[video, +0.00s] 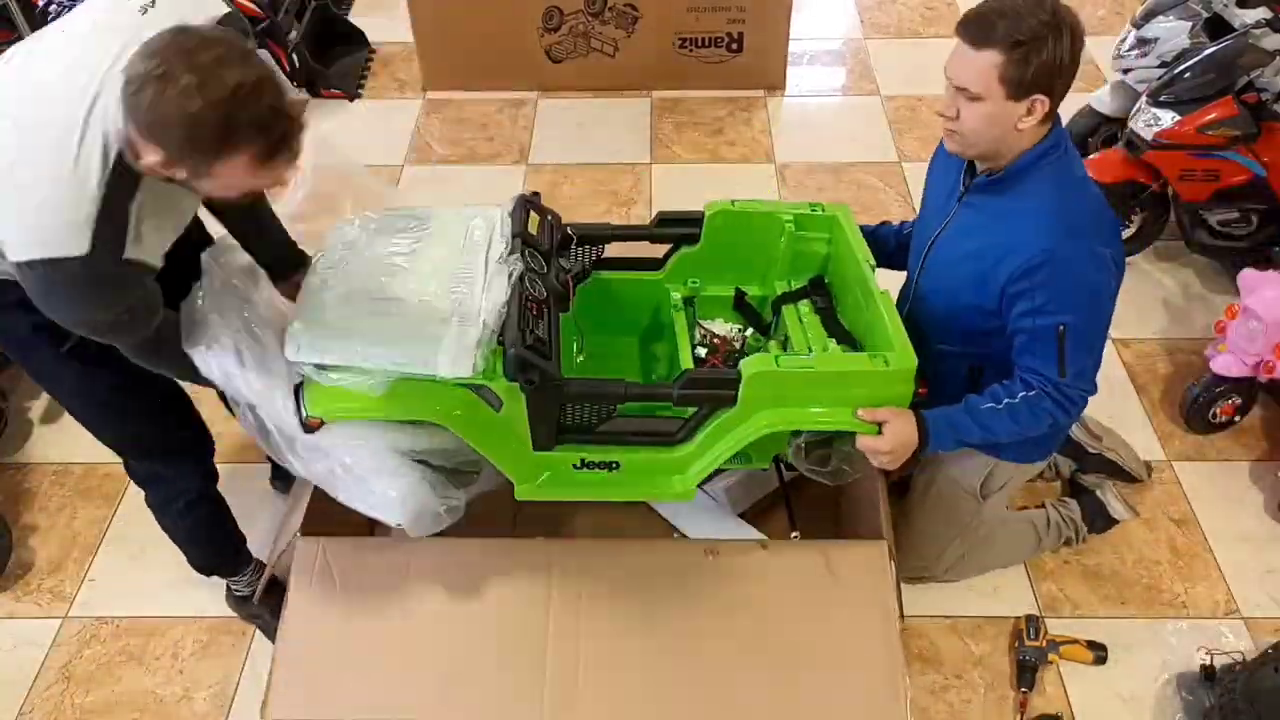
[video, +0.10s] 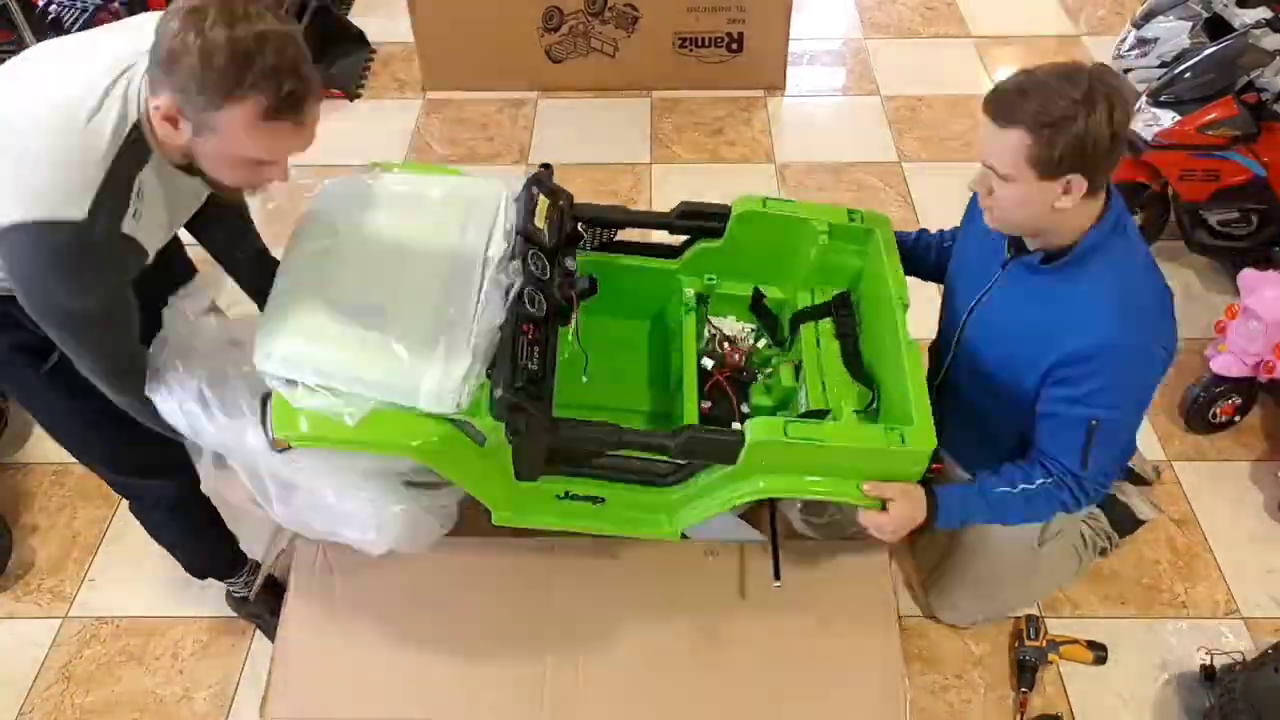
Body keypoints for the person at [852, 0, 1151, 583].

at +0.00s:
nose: (945, 109)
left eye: (968, 98)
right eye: (949, 88)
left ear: (1032, 113)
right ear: (948, 70)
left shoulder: (1069, 244)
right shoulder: (966, 143)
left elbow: (1050, 398)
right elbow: (940, 245)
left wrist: (924, 430)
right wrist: (854, 242)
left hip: (997, 418)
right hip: (923, 362)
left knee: (920, 556)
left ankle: (1079, 514)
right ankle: (1044, 449)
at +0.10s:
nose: (977, 183)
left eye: (997, 176)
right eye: (982, 165)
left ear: (1068, 190)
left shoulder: (1120, 332)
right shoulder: (1002, 207)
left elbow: (1065, 480)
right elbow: (956, 256)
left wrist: (931, 507)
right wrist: (877, 244)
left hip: (1029, 477)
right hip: (944, 415)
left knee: (954, 602)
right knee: (806, 507)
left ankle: (1104, 517)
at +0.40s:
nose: (1001, 131)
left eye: (1029, 122)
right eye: (1011, 107)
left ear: (1091, 156)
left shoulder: (1132, 300)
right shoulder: (1012, 182)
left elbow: (1108, 462)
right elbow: (970, 253)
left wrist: (984, 524)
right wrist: (889, 270)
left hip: (1042, 476)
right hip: (956, 412)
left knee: (950, 600)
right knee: (853, 518)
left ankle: (1107, 517)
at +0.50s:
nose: (1001, 146)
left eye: (1028, 141)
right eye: (1011, 123)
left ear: (1093, 170)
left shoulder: (1125, 310)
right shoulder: (1017, 178)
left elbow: (1094, 464)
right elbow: (978, 247)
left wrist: (962, 516)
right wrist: (897, 267)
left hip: (1030, 470)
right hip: (950, 402)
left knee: (949, 598)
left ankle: (1107, 520)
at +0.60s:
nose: (962, 143)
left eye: (975, 132)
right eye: (969, 127)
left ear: (1027, 152)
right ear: (1023, 153)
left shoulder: (1115, 294)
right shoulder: (1000, 190)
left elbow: (1108, 474)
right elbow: (954, 281)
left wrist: (977, 533)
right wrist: (865, 316)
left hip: (1050, 494)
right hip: (958, 431)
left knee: (950, 605)